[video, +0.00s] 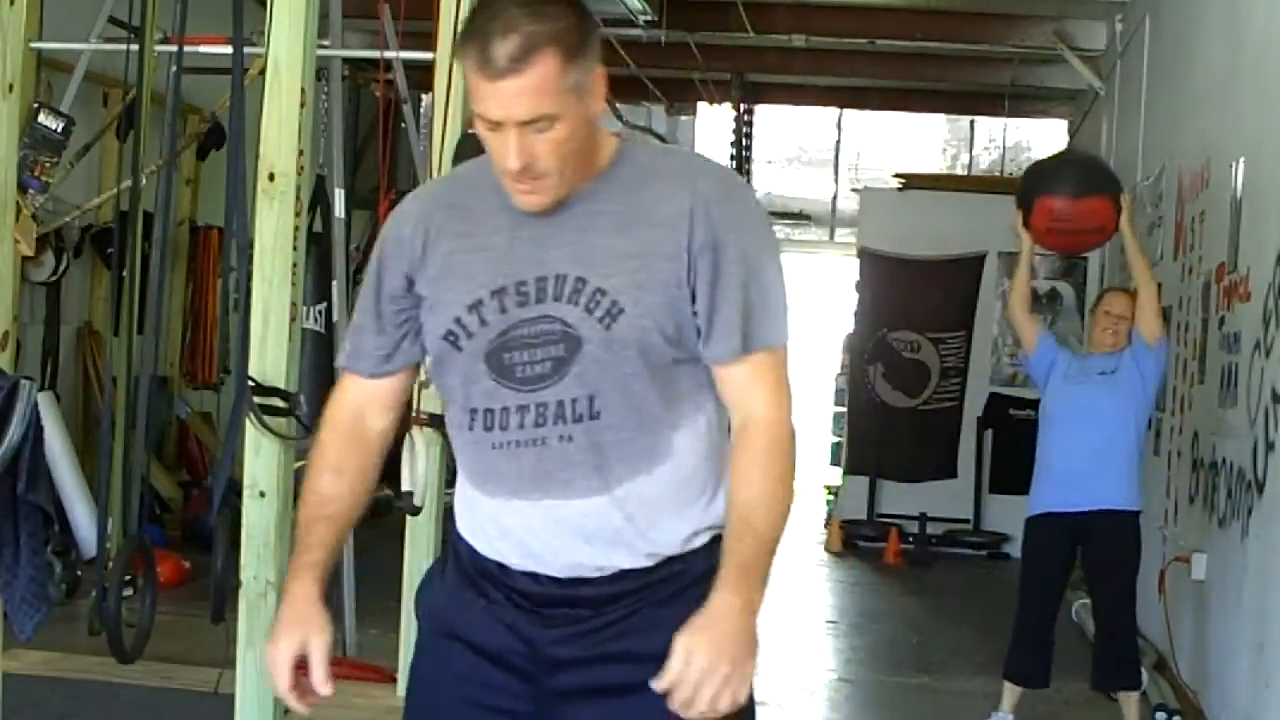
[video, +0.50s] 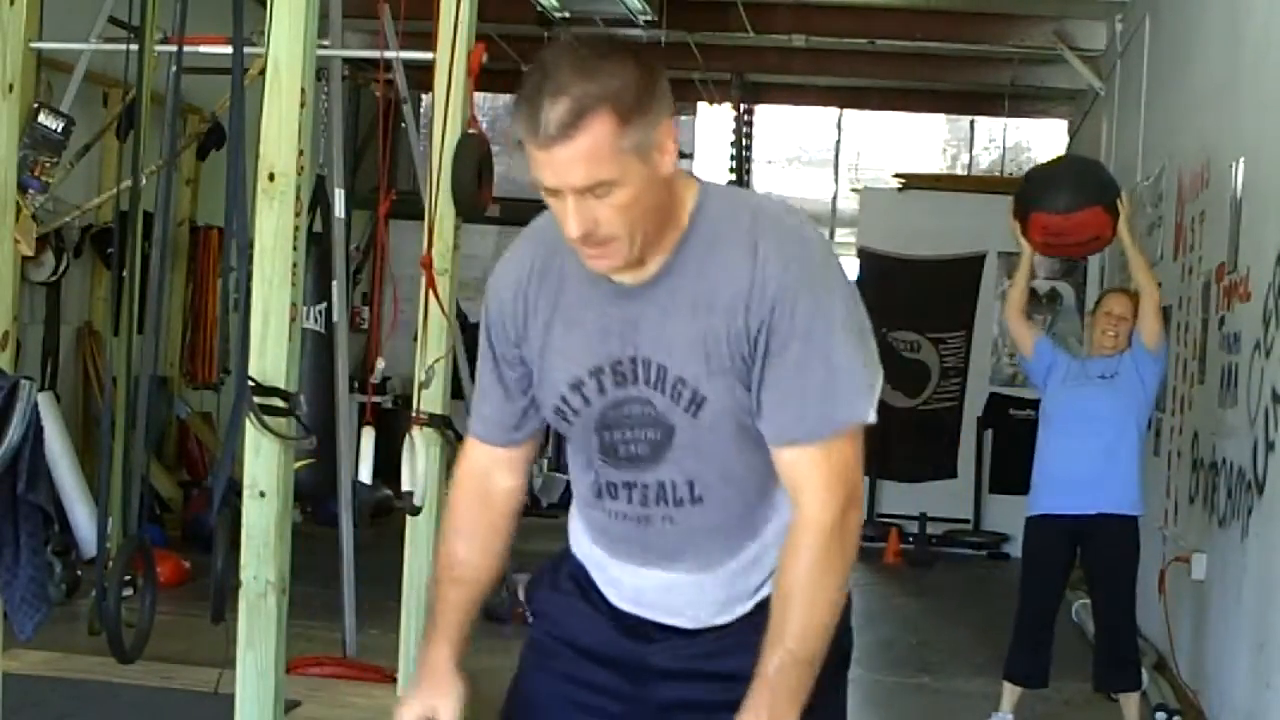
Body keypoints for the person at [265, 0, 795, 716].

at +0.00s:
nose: (515, 159)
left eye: (541, 125)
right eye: (490, 126)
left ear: (598, 91)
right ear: (470, 105)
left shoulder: (706, 208)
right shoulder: (423, 226)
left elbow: (762, 419)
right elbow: (362, 409)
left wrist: (735, 606)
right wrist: (304, 584)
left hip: (657, 621)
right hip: (479, 617)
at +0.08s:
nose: (508, 163)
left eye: (532, 129)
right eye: (483, 132)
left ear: (591, 96)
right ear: (463, 114)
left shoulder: (703, 208)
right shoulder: (426, 237)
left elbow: (769, 416)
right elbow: (362, 420)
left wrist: (732, 599)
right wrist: (297, 595)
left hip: (665, 625)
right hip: (489, 622)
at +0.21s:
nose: (524, 180)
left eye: (547, 145)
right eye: (500, 150)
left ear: (607, 108)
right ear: (479, 132)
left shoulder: (727, 223)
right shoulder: (459, 256)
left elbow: (796, 441)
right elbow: (397, 439)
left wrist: (747, 633)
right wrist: (322, 612)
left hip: (699, 634)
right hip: (523, 626)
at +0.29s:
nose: (550, 196)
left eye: (572, 160)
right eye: (525, 166)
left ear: (635, 120)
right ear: (504, 147)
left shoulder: (757, 238)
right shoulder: (494, 268)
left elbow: (817, 467)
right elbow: (441, 447)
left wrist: (759, 675)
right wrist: (367, 627)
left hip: (728, 636)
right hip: (555, 629)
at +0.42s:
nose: (573, 211)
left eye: (595, 177)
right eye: (548, 182)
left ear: (659, 138)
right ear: (530, 162)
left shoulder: (782, 255)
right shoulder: (525, 269)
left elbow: (831, 492)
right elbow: (478, 462)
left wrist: (768, 700)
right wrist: (418, 641)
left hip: (750, 631)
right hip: (583, 621)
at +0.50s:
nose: (577, 225)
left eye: (601, 191)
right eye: (553, 196)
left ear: (666, 151)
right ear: (535, 173)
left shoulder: (782, 265)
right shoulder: (528, 277)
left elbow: (830, 508)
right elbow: (490, 471)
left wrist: (772, 707)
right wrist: (439, 662)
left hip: (760, 630)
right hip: (592, 620)